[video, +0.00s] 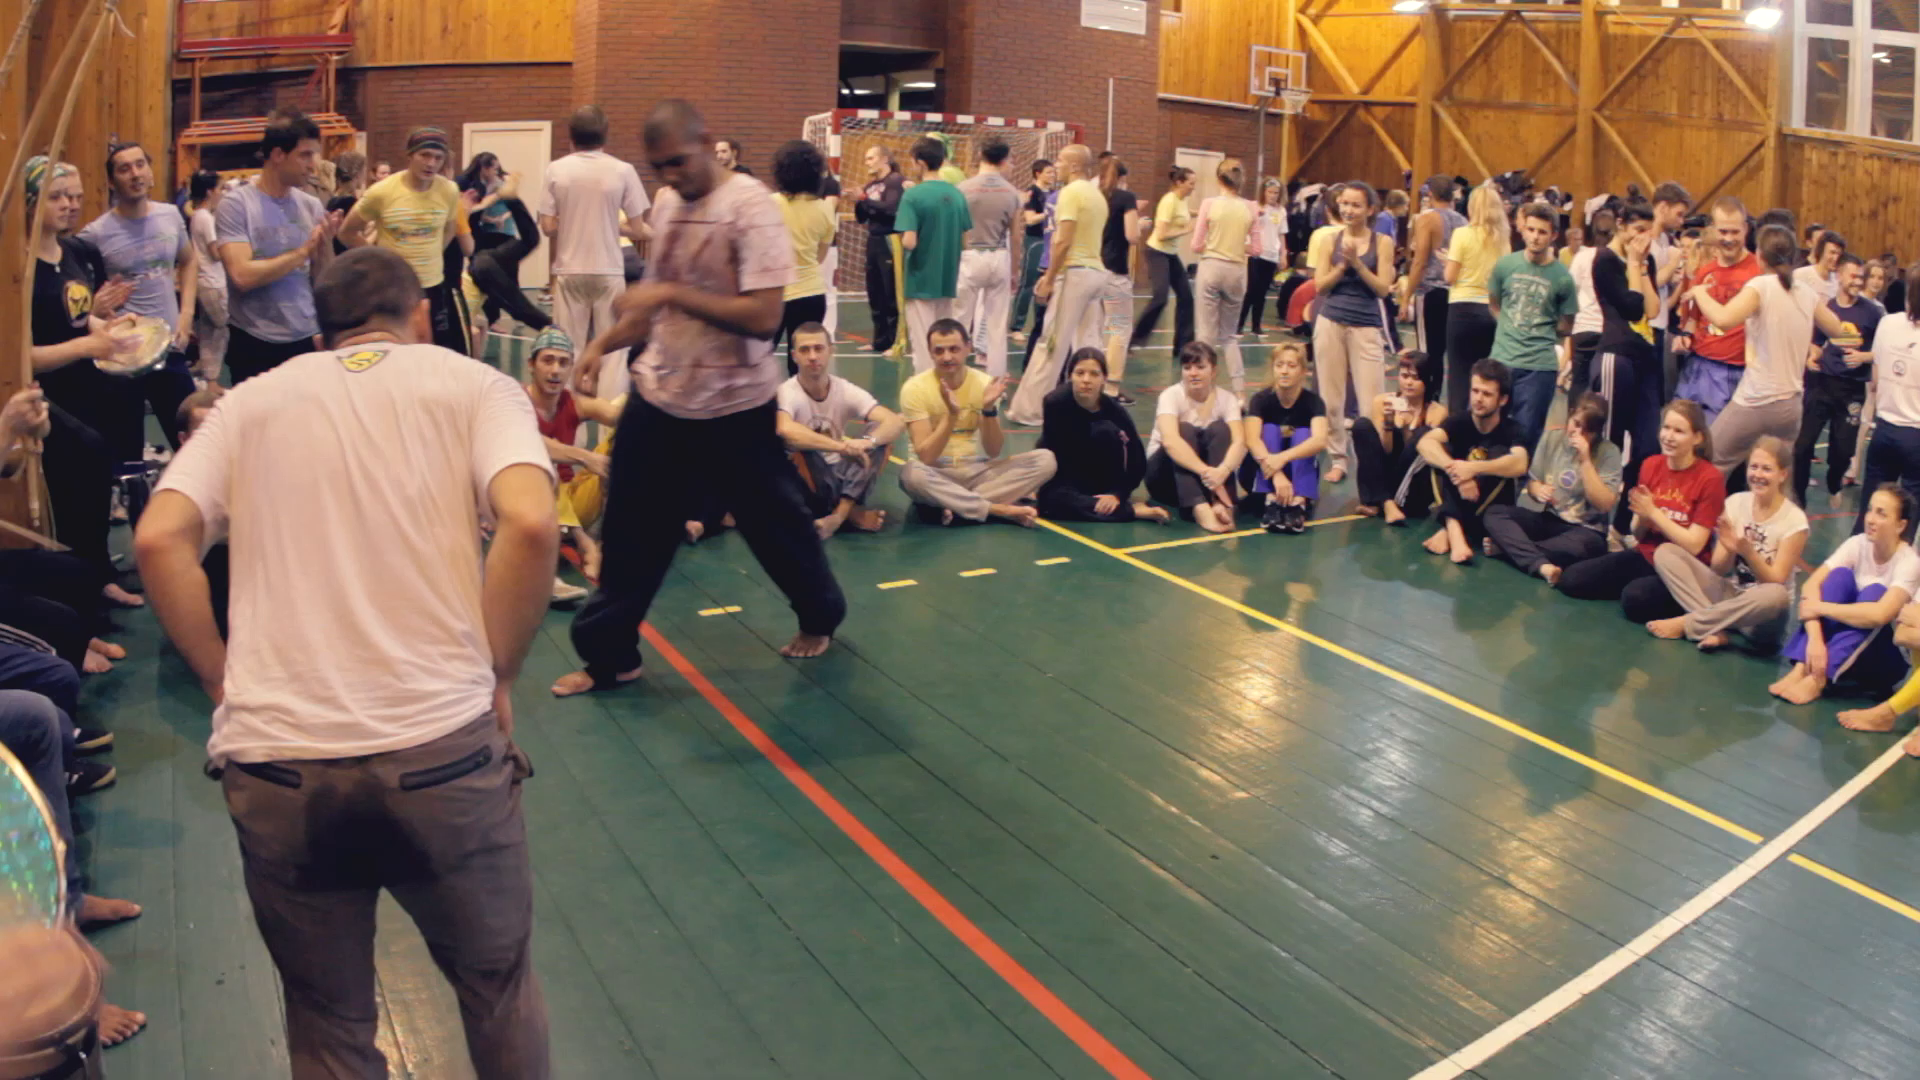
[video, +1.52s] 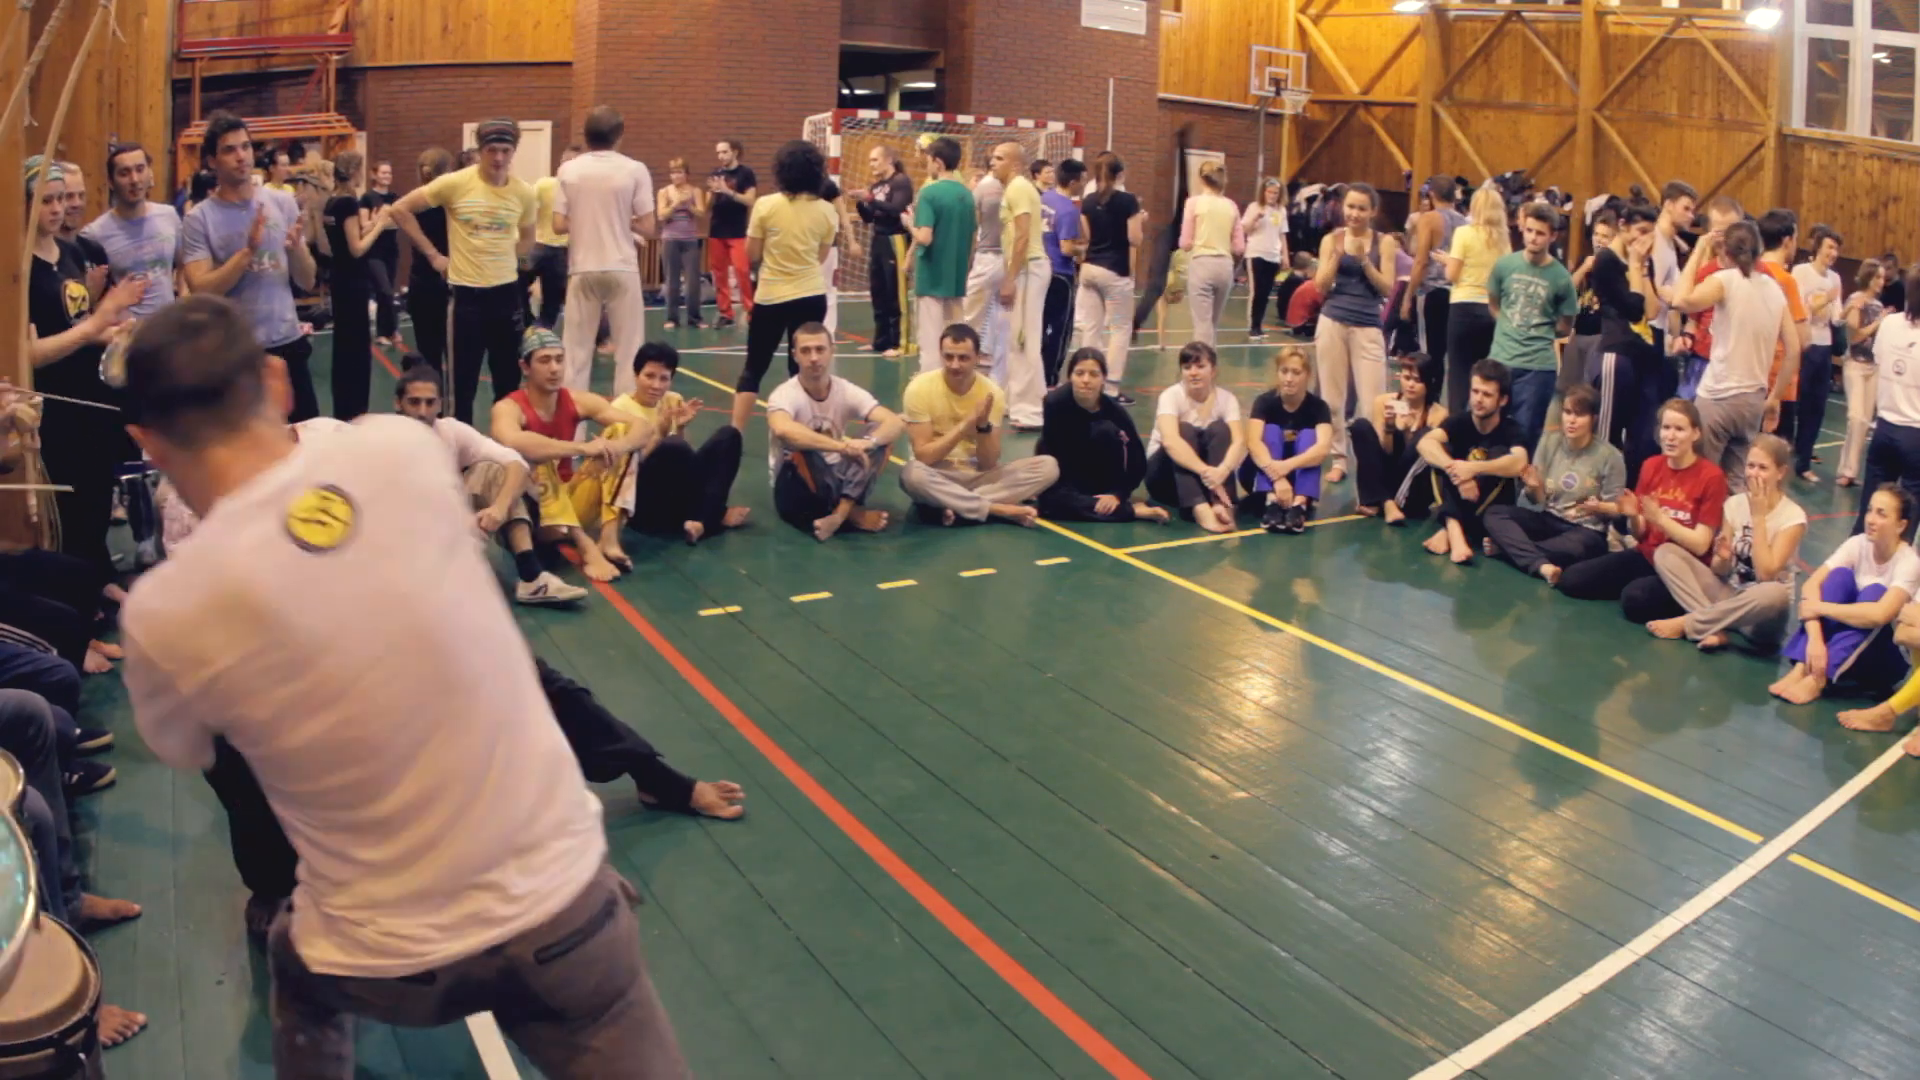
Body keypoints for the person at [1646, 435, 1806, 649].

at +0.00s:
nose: (1757, 474)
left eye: (1767, 469)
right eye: (1753, 467)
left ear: (1783, 475)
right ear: (1746, 469)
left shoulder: (1795, 520)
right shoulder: (1735, 503)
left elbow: (1776, 579)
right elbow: (1718, 568)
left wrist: (1747, 553)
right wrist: (1729, 549)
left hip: (1761, 603)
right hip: (1727, 593)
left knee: (1775, 595)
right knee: (1666, 553)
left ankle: (1686, 624)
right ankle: (1712, 629)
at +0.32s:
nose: (1754, 472)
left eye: (1763, 466)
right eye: (1749, 465)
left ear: (1778, 472)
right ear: (1740, 468)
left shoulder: (1791, 516)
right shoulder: (1732, 504)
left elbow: (1776, 577)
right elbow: (1718, 571)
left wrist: (1743, 550)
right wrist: (1727, 548)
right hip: (1726, 595)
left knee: (1774, 593)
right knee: (1665, 553)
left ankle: (1686, 624)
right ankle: (1712, 629)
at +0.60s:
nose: (1756, 474)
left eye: (1765, 468)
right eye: (1751, 466)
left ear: (1779, 471)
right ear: (1742, 468)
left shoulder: (1790, 515)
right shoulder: (1732, 504)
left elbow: (1775, 576)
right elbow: (1719, 572)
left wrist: (1745, 549)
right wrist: (1727, 548)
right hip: (1725, 595)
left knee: (1774, 594)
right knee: (1665, 553)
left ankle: (1686, 624)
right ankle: (1713, 629)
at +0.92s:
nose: (1758, 476)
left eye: (1767, 471)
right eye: (1754, 468)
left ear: (1782, 475)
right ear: (1746, 469)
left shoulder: (1791, 519)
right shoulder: (1733, 504)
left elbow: (1774, 576)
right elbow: (1717, 571)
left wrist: (1750, 543)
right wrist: (1724, 553)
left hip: (1760, 603)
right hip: (1724, 593)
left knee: (1774, 593)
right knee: (1665, 553)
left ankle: (1686, 624)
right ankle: (1712, 629)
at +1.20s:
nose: (1756, 475)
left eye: (1765, 469)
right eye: (1752, 468)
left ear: (1782, 473)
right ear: (1746, 470)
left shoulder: (1793, 517)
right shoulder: (1735, 504)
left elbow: (1767, 574)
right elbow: (1720, 572)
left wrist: (1759, 520)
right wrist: (1722, 556)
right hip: (1726, 594)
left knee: (1774, 594)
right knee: (1665, 552)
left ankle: (1686, 624)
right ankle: (1712, 629)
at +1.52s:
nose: (1754, 474)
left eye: (1763, 468)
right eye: (1751, 466)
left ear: (1781, 473)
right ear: (1744, 468)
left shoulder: (1793, 516)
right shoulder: (1734, 504)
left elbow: (1767, 573)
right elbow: (1719, 571)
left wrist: (1758, 517)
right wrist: (1723, 558)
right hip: (1727, 595)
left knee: (1773, 594)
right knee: (1665, 552)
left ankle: (1686, 624)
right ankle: (1712, 629)